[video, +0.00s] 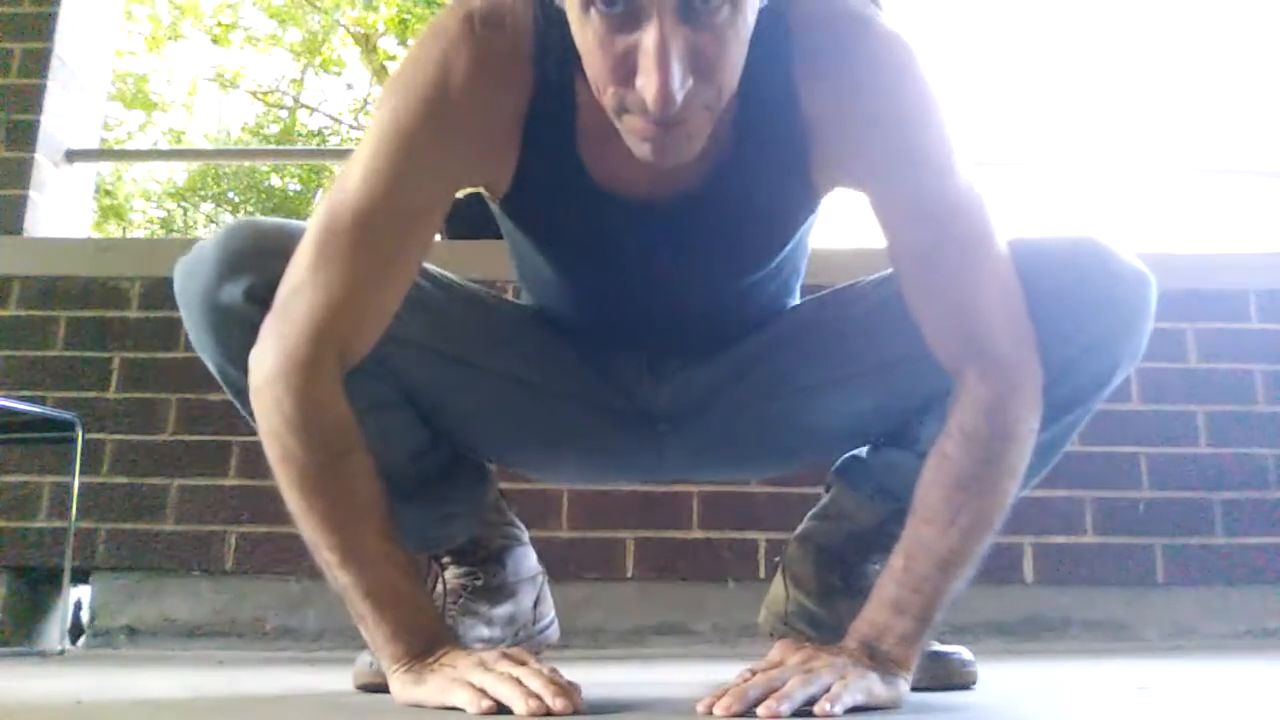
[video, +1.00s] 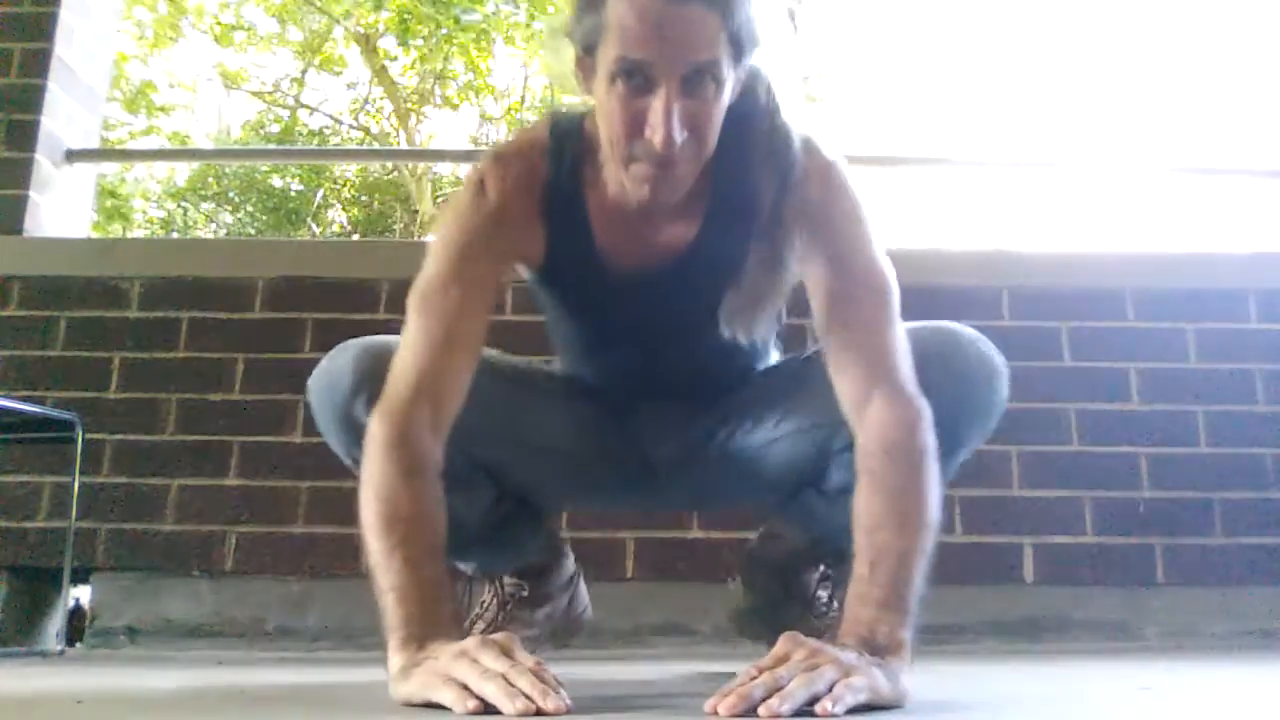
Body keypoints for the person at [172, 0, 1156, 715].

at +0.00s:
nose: (656, 83)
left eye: (699, 28)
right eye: (615, 29)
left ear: (751, 4)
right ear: (567, 5)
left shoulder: (842, 49)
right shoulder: (476, 51)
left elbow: (1001, 378)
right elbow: (287, 370)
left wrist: (868, 639)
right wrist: (420, 655)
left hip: (762, 383)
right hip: (552, 385)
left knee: (1099, 291)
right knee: (231, 275)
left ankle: (836, 605)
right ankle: (482, 587)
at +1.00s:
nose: (665, 125)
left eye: (698, 84)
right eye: (634, 83)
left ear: (736, 81)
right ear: (587, 74)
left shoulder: (802, 185)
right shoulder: (510, 188)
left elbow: (888, 409)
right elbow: (406, 430)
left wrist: (876, 649)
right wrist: (417, 654)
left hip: (738, 436)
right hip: (583, 435)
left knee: (966, 370)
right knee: (350, 382)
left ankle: (791, 574)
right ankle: (531, 580)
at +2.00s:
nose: (647, 203)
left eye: (676, 167)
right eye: (620, 168)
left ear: (716, 154)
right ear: (583, 153)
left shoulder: (774, 234)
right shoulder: (520, 238)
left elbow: (862, 432)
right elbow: (409, 446)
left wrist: (821, 606)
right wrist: (452, 622)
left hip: (726, 485)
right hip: (583, 483)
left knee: (923, 322)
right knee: (388, 336)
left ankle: (807, 616)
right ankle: (531, 589)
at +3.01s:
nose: (650, 182)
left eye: (678, 145)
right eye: (622, 146)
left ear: (717, 132)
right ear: (585, 133)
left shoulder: (773, 198)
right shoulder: (528, 200)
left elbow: (867, 359)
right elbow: (408, 358)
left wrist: (835, 421)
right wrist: (453, 419)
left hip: (732, 474)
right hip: (580, 474)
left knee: (930, 330)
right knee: (379, 344)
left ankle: (787, 604)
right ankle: (532, 603)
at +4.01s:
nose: (629, 24)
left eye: (662, 4)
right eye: (603, 3)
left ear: (709, 1)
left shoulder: (791, 27)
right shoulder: (484, 24)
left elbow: (822, 257)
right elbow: (411, 280)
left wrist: (812, 546)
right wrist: (411, 559)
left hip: (740, 331)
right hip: (565, 330)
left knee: (947, 386)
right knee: (341, 413)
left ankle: (788, 570)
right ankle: (522, 558)